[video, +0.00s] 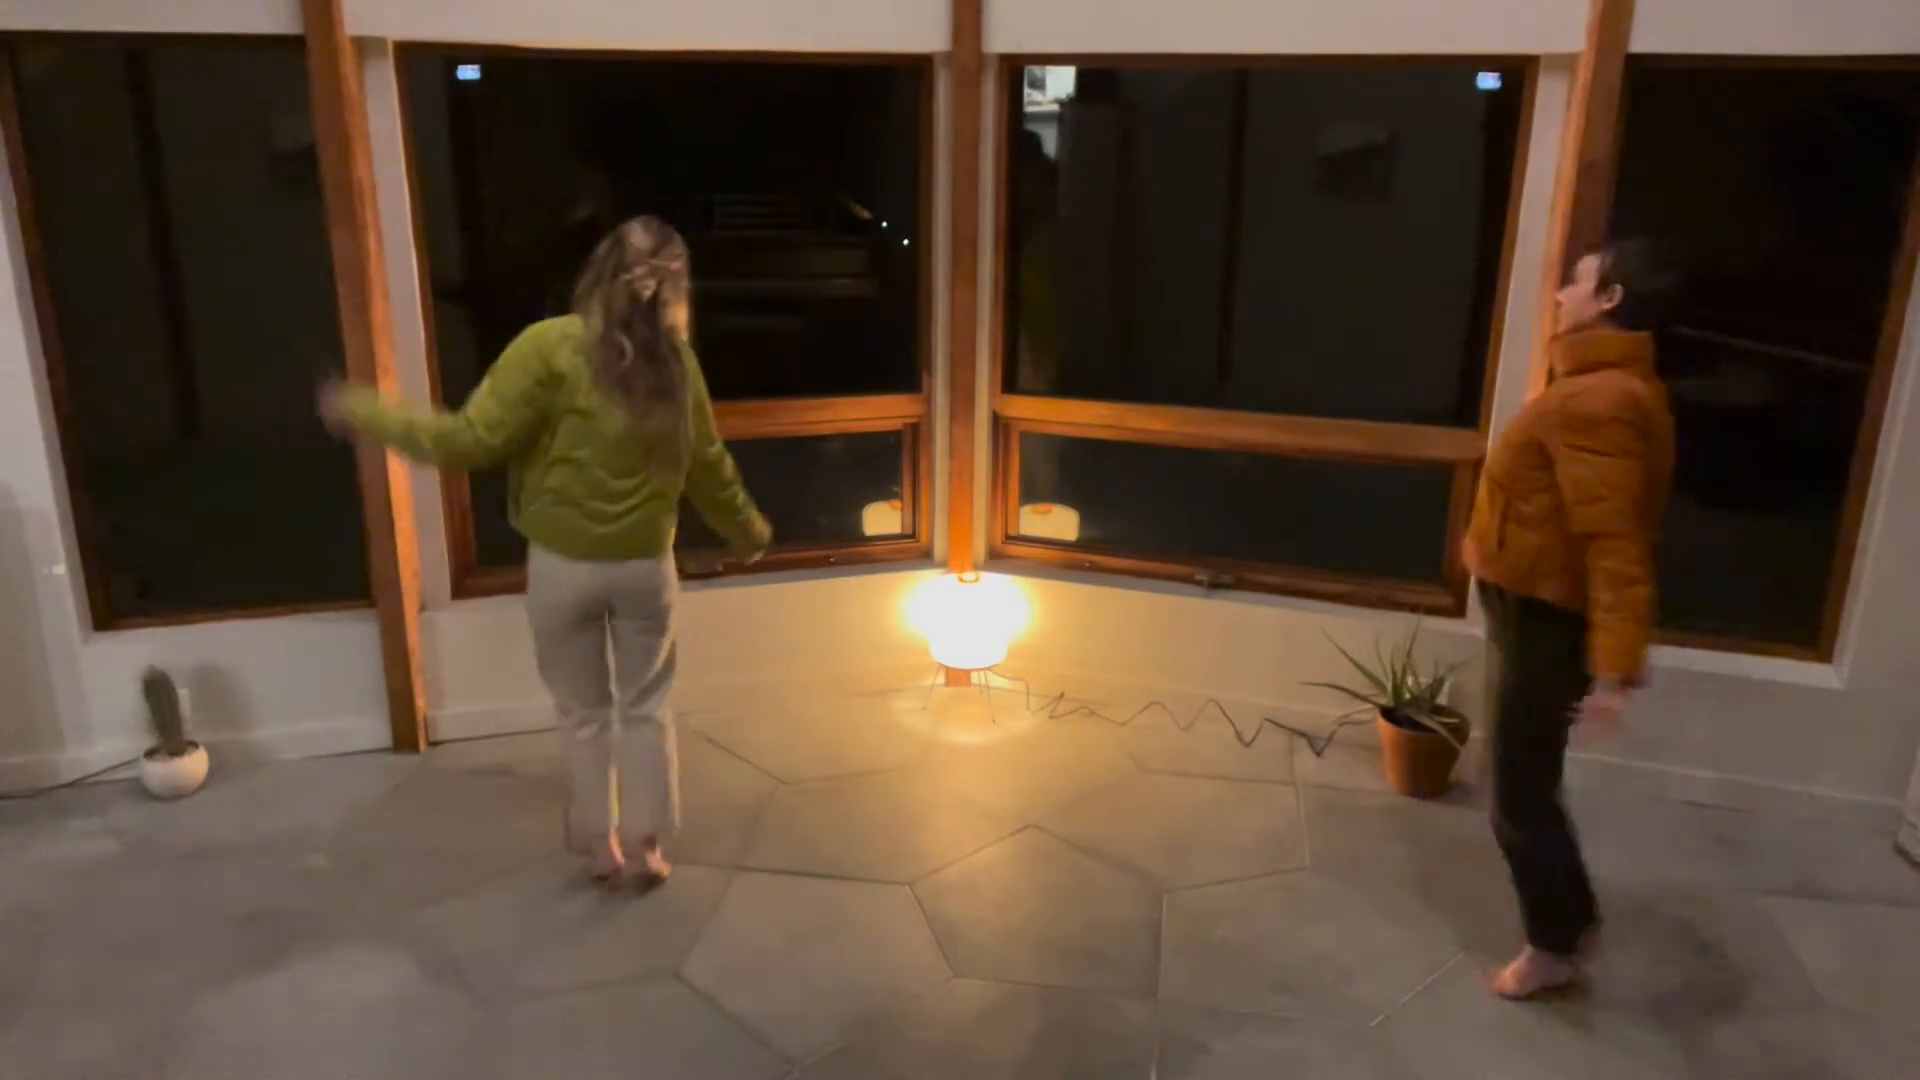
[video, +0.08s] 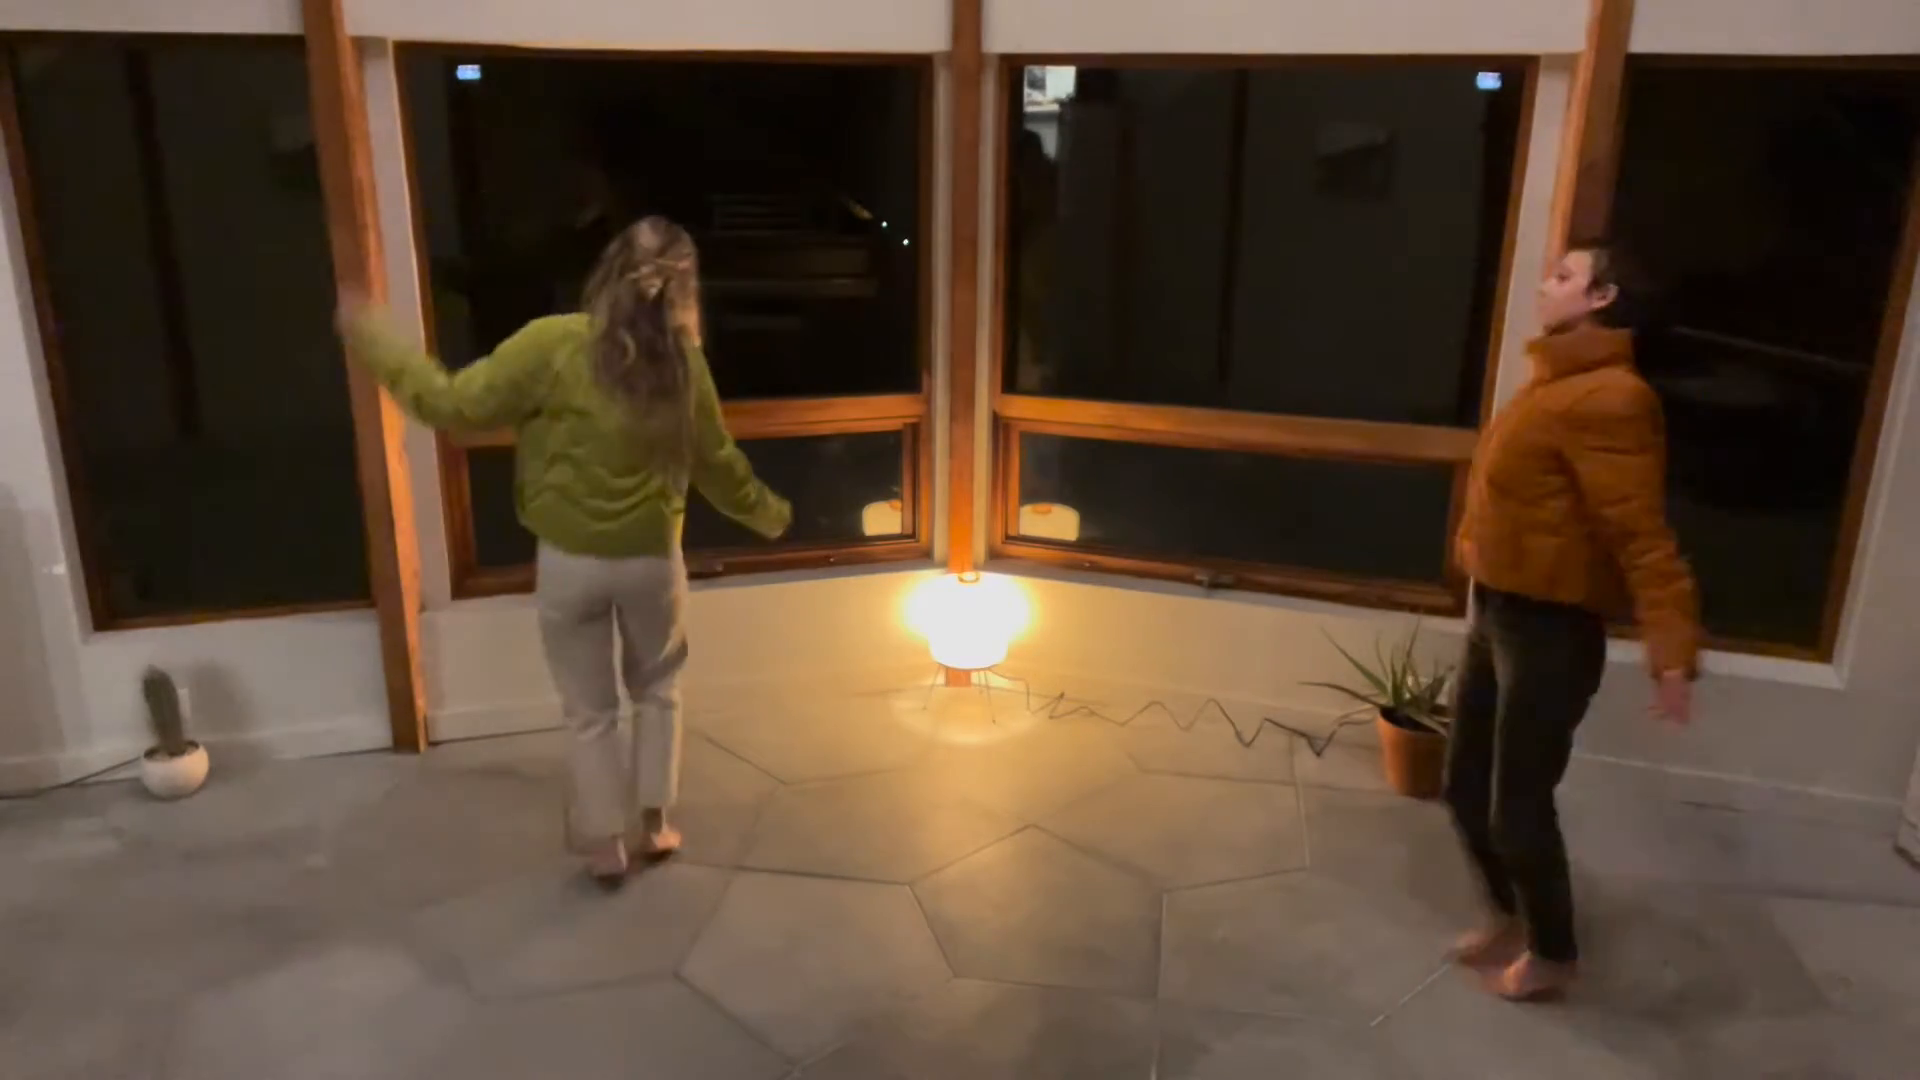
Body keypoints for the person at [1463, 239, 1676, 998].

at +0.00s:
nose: (1561, 291)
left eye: (1576, 281)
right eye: (1571, 278)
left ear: (1608, 303)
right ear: (1612, 304)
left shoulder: (1604, 402)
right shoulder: (1589, 385)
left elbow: (1616, 538)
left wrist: (1615, 664)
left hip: (1544, 618)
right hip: (1529, 609)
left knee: (1520, 795)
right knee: (1523, 782)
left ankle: (1552, 947)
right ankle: (1569, 915)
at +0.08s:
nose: (1547, 283)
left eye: (1563, 276)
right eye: (1555, 271)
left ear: (1600, 300)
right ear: (1588, 298)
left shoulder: (1613, 398)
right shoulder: (1553, 378)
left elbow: (1642, 533)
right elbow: (1521, 493)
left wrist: (1672, 656)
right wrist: (1480, 564)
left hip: (1553, 630)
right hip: (1500, 616)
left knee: (1519, 798)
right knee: (1468, 785)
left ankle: (1552, 954)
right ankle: (1509, 917)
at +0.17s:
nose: (1533, 282)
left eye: (1552, 272)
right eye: (1539, 269)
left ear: (1594, 296)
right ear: (1562, 292)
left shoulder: (1613, 394)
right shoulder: (1526, 373)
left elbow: (1656, 525)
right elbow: (1483, 472)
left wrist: (1695, 646)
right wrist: (1465, 548)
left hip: (1552, 626)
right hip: (1484, 609)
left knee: (1525, 801)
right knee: (1461, 779)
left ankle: (1550, 956)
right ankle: (1462, 910)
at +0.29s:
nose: (1509, 284)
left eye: (1529, 272)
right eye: (1507, 272)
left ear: (1572, 294)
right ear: (1497, 290)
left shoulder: (1611, 389)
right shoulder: (1479, 382)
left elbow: (1663, 511)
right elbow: (1421, 461)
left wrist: (1699, 615)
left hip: (1551, 612)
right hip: (1467, 603)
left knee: (1521, 785)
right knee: (1457, 775)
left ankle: (1524, 929)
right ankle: (1466, 909)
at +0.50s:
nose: (1495, 303)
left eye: (1510, 287)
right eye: (1480, 295)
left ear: (1548, 294)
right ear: (1468, 312)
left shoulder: (1602, 378)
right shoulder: (1447, 388)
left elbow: (1634, 491)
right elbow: (1360, 465)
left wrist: (1647, 583)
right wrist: (1251, 497)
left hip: (1540, 607)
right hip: (1449, 601)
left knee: (1519, 781)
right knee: (1424, 774)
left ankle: (1492, 922)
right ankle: (1390, 907)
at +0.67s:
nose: (1525, 330)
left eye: (1535, 311)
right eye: (1505, 318)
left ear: (1552, 304)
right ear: (1470, 322)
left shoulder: (1579, 371)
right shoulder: (1441, 394)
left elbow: (1578, 476)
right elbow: (1355, 490)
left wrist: (1571, 560)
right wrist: (1243, 553)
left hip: (1510, 603)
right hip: (1438, 598)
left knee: (1480, 774)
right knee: (1415, 768)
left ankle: (1421, 896)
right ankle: (1372, 905)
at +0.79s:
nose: (1546, 358)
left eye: (1552, 340)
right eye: (1528, 344)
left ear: (1561, 333)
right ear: (1484, 341)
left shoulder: (1532, 392)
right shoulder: (1451, 404)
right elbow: (1388, 510)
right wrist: (1308, 597)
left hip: (1469, 605)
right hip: (1425, 606)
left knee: (1447, 784)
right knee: (1440, 794)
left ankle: (1395, 909)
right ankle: (1368, 917)